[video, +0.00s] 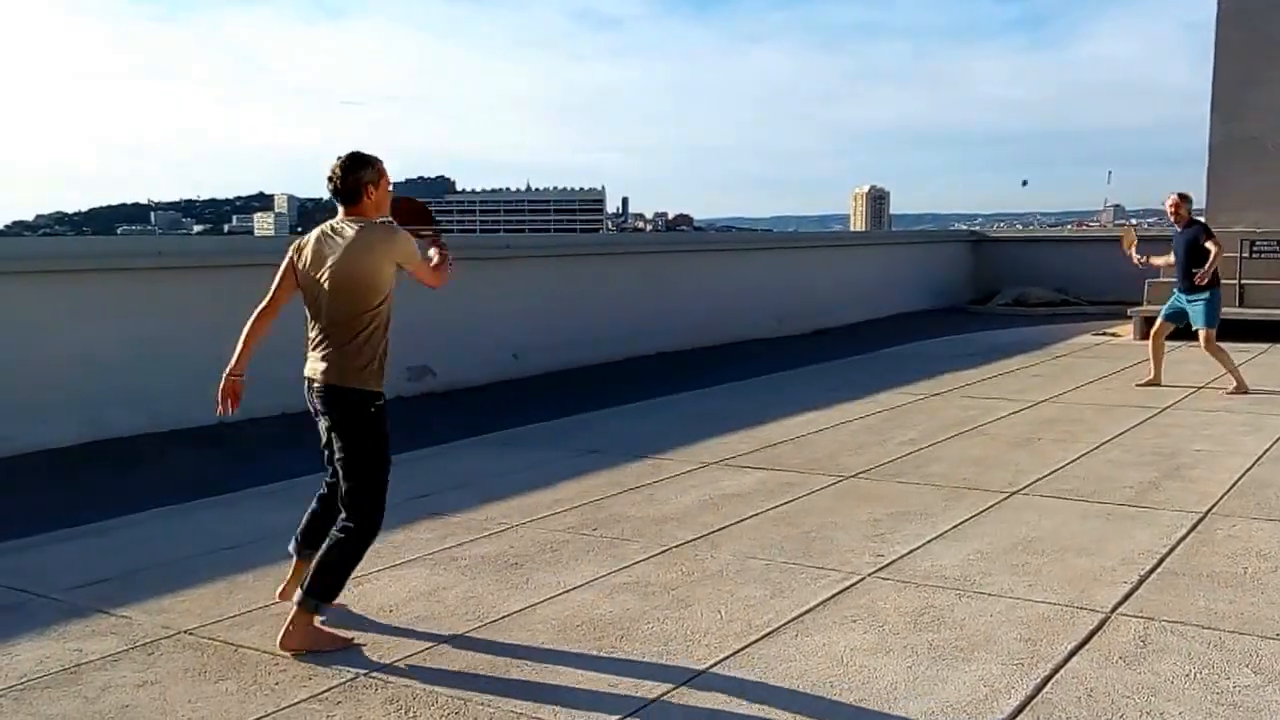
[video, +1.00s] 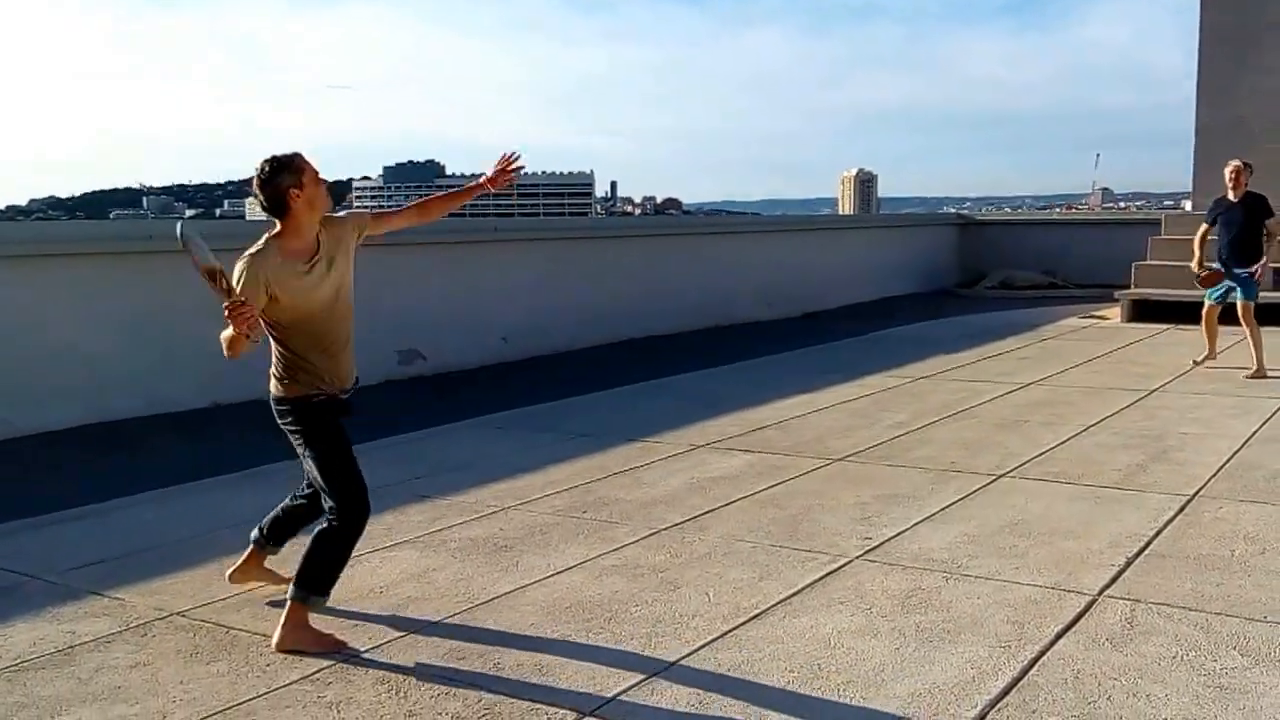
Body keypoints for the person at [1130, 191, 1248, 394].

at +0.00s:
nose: (1173, 212)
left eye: (1177, 208)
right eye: (1170, 208)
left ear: (1187, 208)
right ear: (1167, 211)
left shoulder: (1199, 228)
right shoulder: (1177, 234)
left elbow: (1216, 249)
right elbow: (1172, 260)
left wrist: (1207, 270)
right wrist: (1146, 260)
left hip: (1204, 295)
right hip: (1181, 294)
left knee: (1207, 343)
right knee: (1156, 334)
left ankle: (1240, 382)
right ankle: (1155, 377)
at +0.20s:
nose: (1193, 208)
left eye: (1197, 203)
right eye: (1191, 204)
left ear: (1210, 204)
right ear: (1190, 207)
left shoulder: (1227, 224)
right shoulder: (1200, 232)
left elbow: (1250, 244)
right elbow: (1187, 259)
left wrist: (1246, 266)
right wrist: (1161, 257)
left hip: (1231, 290)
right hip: (1209, 289)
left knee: (1219, 338)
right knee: (1182, 330)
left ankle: (1241, 381)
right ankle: (1163, 373)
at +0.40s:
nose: (1214, 186)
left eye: (1219, 182)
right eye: (1213, 182)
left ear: (1232, 184)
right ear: (1214, 185)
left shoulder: (1249, 205)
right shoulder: (1212, 207)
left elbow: (1272, 226)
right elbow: (1200, 235)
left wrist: (1271, 241)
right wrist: (1180, 235)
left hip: (1245, 272)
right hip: (1221, 271)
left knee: (1237, 323)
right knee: (1208, 320)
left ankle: (1242, 376)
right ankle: (1214, 363)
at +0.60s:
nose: (1238, 183)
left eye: (1243, 180)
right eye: (1236, 178)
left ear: (1252, 185)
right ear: (1230, 182)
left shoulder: (1261, 208)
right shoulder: (1221, 209)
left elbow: (1279, 221)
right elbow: (1219, 241)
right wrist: (1234, 242)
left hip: (1254, 274)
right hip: (1228, 273)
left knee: (1252, 323)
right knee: (1217, 321)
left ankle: (1267, 373)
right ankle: (1222, 362)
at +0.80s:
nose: (1240, 175)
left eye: (1245, 172)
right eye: (1237, 171)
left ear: (1254, 178)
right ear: (1232, 176)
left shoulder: (1265, 203)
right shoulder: (1223, 205)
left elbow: (1276, 232)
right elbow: (1216, 240)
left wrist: (1275, 246)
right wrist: (1230, 253)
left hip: (1254, 269)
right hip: (1229, 268)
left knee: (1249, 318)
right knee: (1216, 314)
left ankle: (1263, 368)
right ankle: (1218, 358)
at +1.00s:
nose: (1233, 177)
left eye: (1238, 174)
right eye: (1230, 174)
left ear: (1246, 178)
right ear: (1225, 178)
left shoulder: (1258, 202)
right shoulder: (1219, 204)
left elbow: (1274, 234)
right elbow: (1202, 233)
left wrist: (1265, 261)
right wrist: (1198, 258)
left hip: (1248, 271)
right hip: (1223, 270)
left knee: (1245, 316)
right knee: (1208, 312)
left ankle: (1259, 366)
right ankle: (1211, 351)